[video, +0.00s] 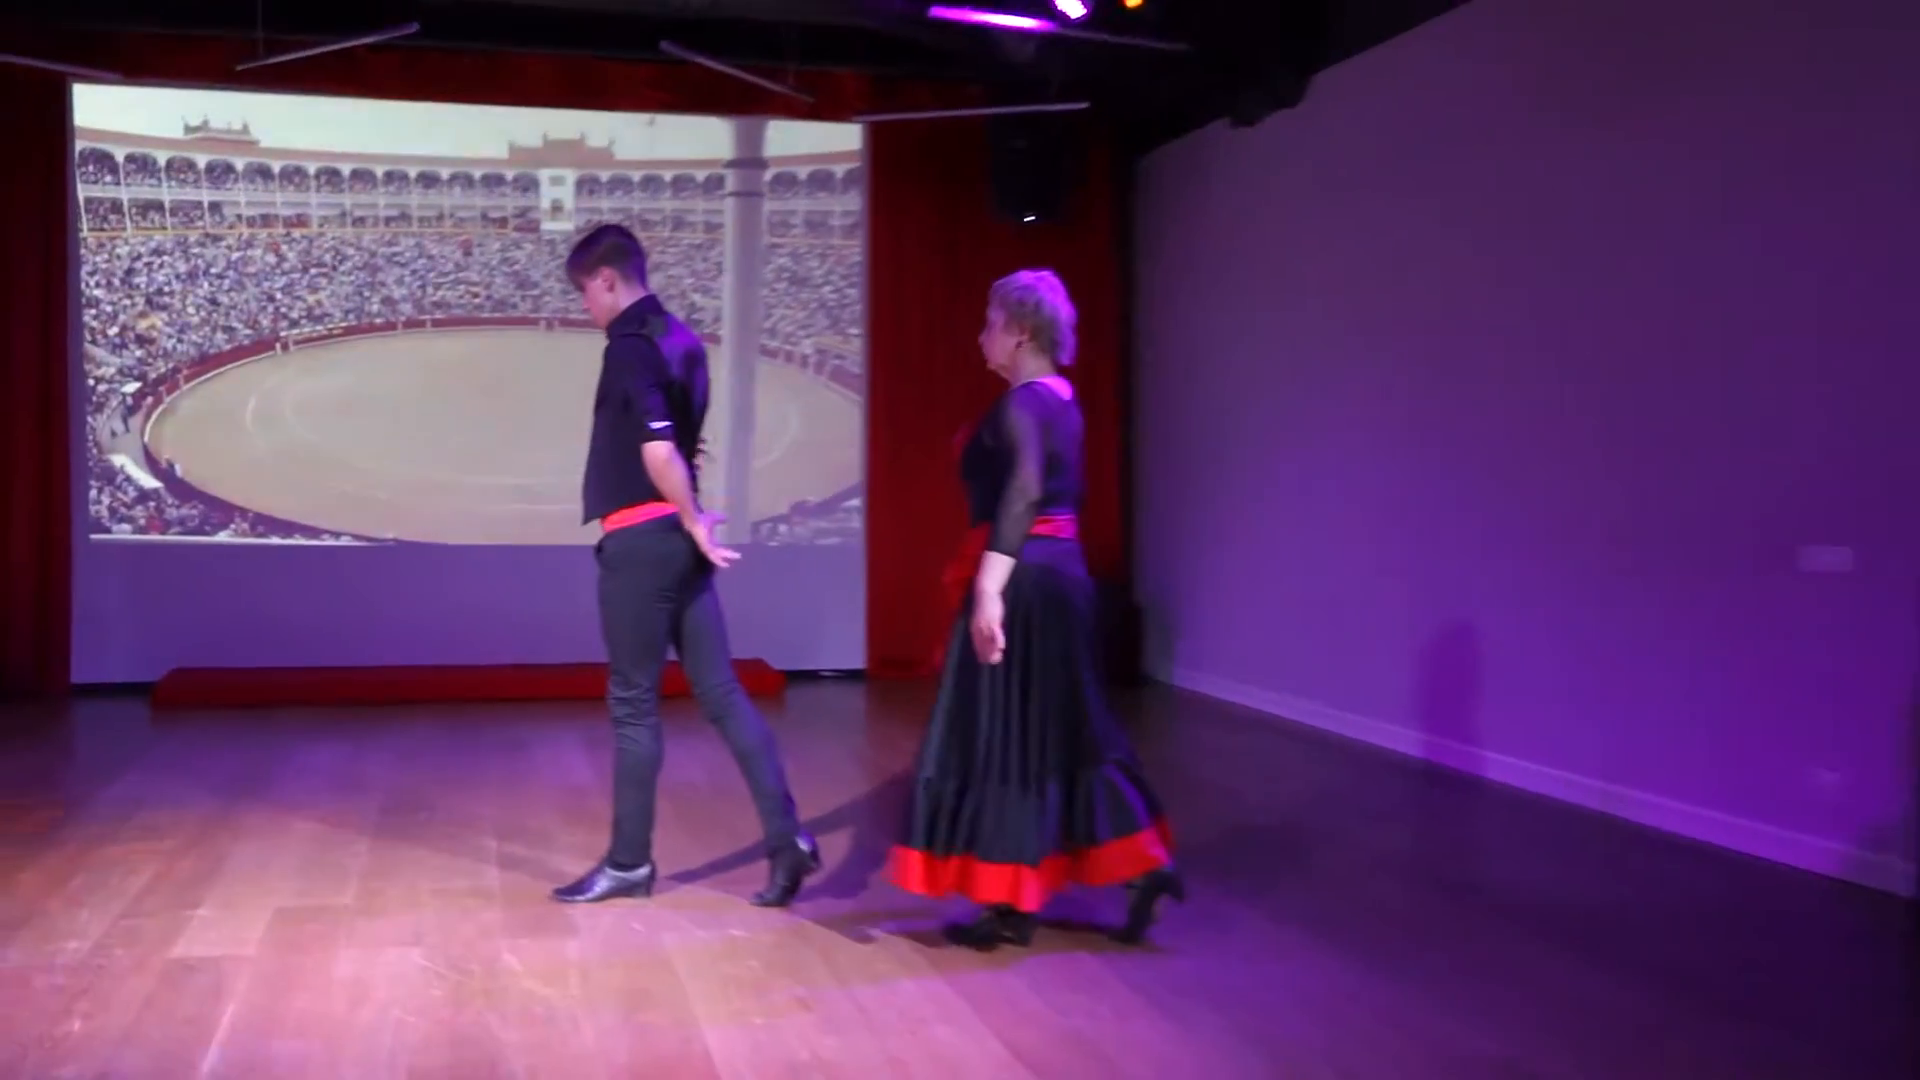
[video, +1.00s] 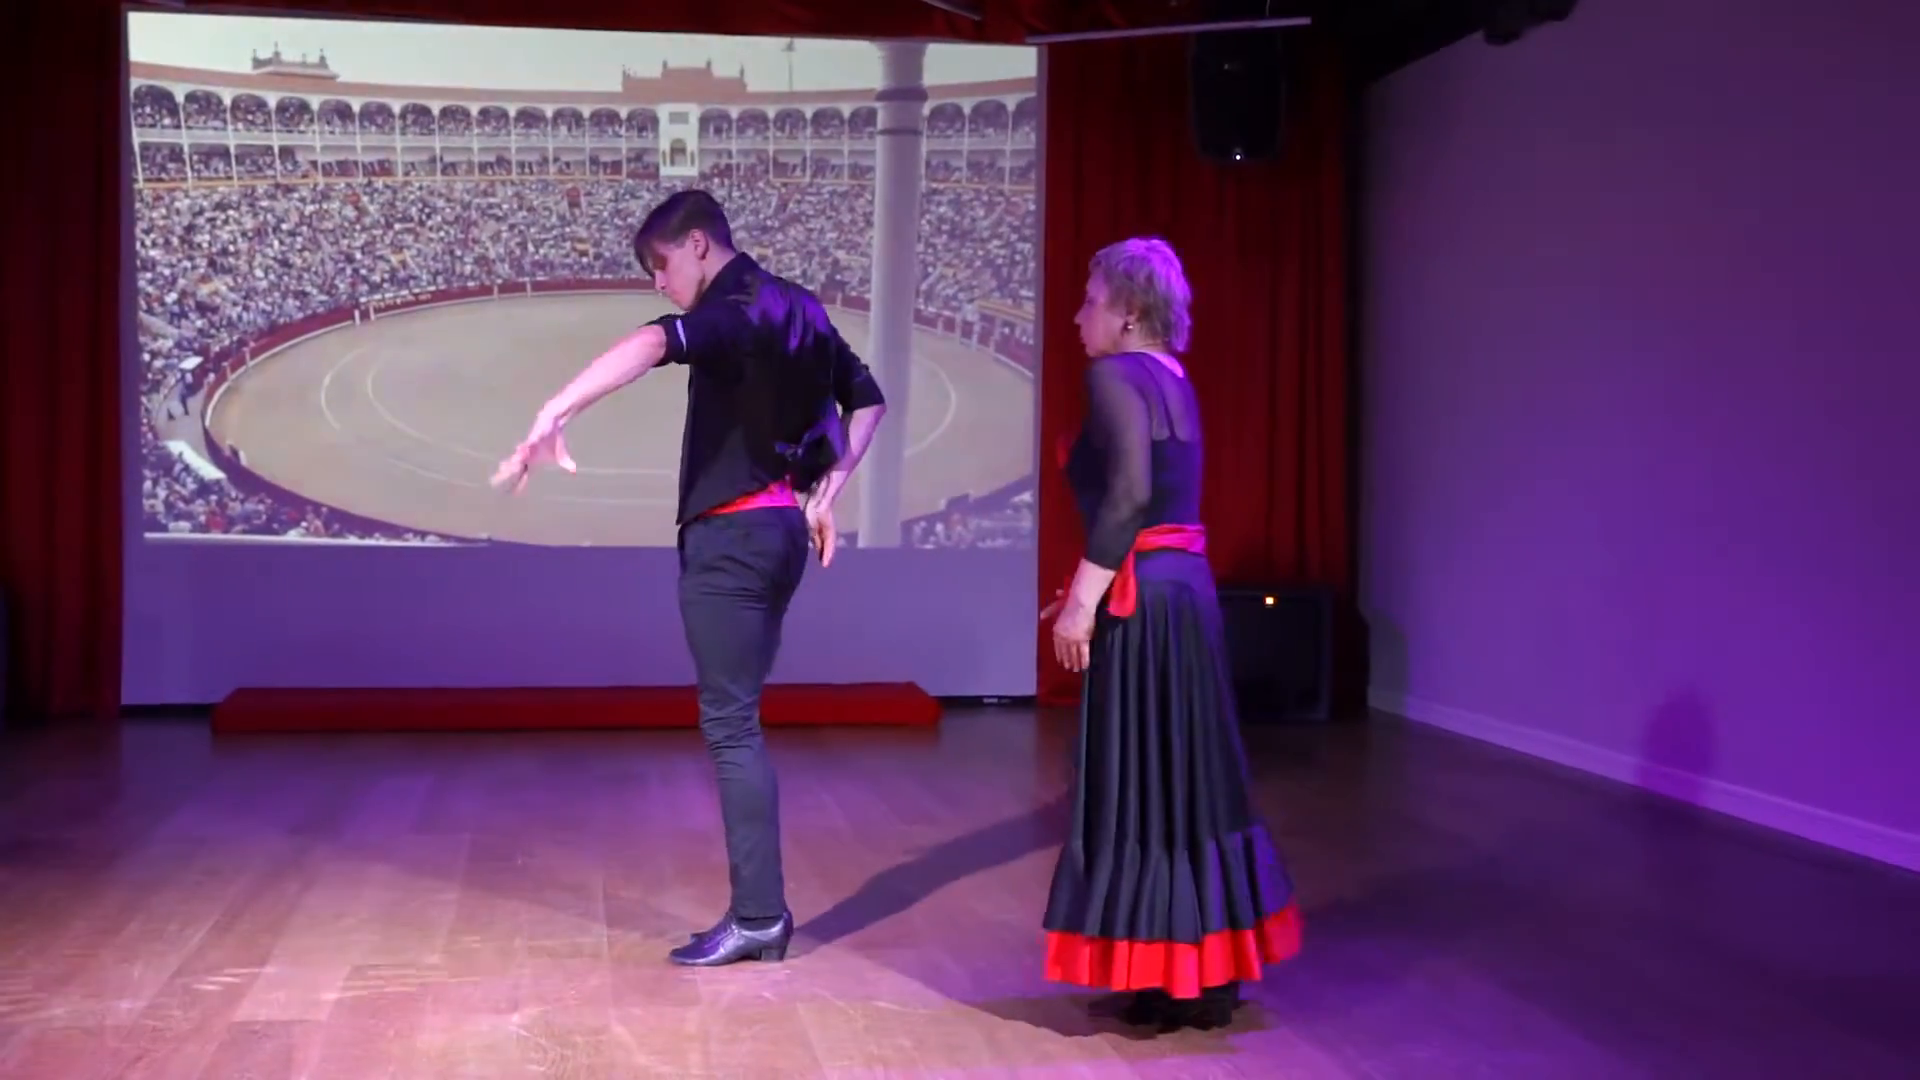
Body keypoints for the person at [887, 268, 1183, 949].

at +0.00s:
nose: (983, 337)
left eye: (991, 325)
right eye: (987, 323)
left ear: (1016, 333)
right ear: (1047, 335)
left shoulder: (1022, 403)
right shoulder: (1062, 401)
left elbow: (1026, 490)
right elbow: (1050, 494)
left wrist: (989, 587)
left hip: (1023, 574)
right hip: (1062, 571)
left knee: (1000, 730)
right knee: (1074, 725)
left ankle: (1006, 896)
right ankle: (1144, 859)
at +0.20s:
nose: (1064, 322)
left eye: (1074, 309)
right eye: (1068, 308)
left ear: (1104, 318)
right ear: (1131, 318)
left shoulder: (1096, 390)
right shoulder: (1151, 387)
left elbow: (1085, 495)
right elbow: (1126, 483)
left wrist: (1068, 598)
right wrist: (1061, 456)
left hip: (1112, 581)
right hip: (1157, 577)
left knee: (1093, 752)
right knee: (1172, 744)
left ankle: (1104, 934)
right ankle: (1252, 888)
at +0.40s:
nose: (1134, 311)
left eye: (1143, 298)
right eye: (1137, 296)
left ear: (1175, 304)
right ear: (1205, 305)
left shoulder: (1155, 372)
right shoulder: (1226, 375)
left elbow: (1130, 489)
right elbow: (1212, 492)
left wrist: (1100, 595)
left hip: (1180, 587)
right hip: (1237, 583)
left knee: (1171, 765)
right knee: (1256, 758)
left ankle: (1179, 961)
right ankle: (1341, 913)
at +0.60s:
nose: (1141, 304)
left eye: (1151, 292)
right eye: (1145, 290)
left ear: (1185, 301)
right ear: (1212, 303)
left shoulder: (1160, 367)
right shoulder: (1234, 373)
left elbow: (1135, 486)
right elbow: (1209, 498)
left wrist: (1105, 585)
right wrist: (1114, 601)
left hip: (1187, 590)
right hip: (1245, 587)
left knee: (1181, 774)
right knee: (1267, 765)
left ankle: (1193, 973)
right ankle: (1356, 920)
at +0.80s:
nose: (1120, 307)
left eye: (1131, 294)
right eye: (1124, 293)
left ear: (1166, 303)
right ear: (1190, 305)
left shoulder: (1146, 369)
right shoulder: (1209, 374)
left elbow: (1135, 487)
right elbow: (1179, 499)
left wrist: (1099, 568)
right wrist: (1100, 575)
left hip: (1170, 590)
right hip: (1219, 586)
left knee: (1168, 776)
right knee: (1237, 769)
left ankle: (1189, 968)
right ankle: (1332, 917)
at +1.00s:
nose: (1080, 313)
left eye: (1091, 300)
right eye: (1084, 298)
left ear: (1126, 309)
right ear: (1150, 311)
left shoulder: (1115, 377)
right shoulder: (1171, 379)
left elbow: (1128, 493)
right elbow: (1158, 501)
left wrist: (1082, 598)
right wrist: (1088, 585)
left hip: (1145, 592)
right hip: (1190, 588)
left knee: (1146, 775)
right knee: (1194, 772)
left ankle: (1169, 970)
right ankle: (1209, 964)